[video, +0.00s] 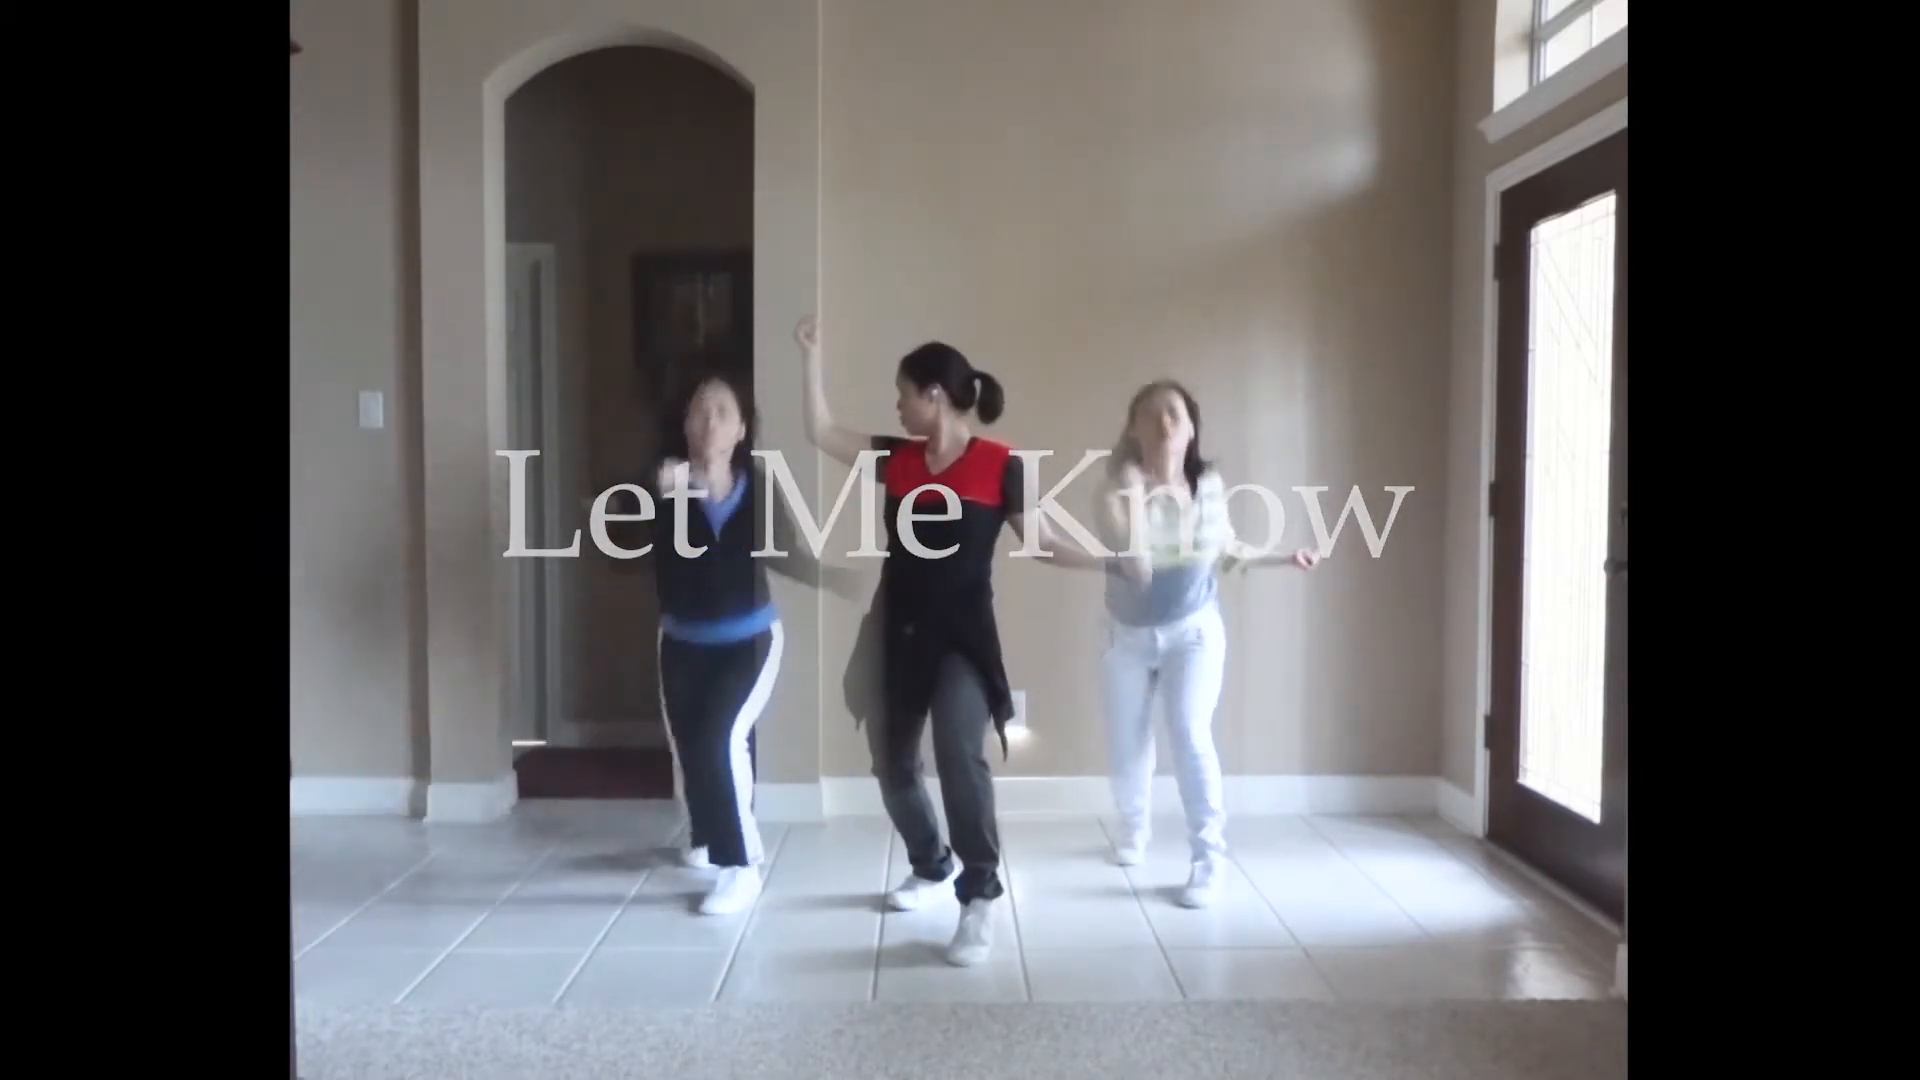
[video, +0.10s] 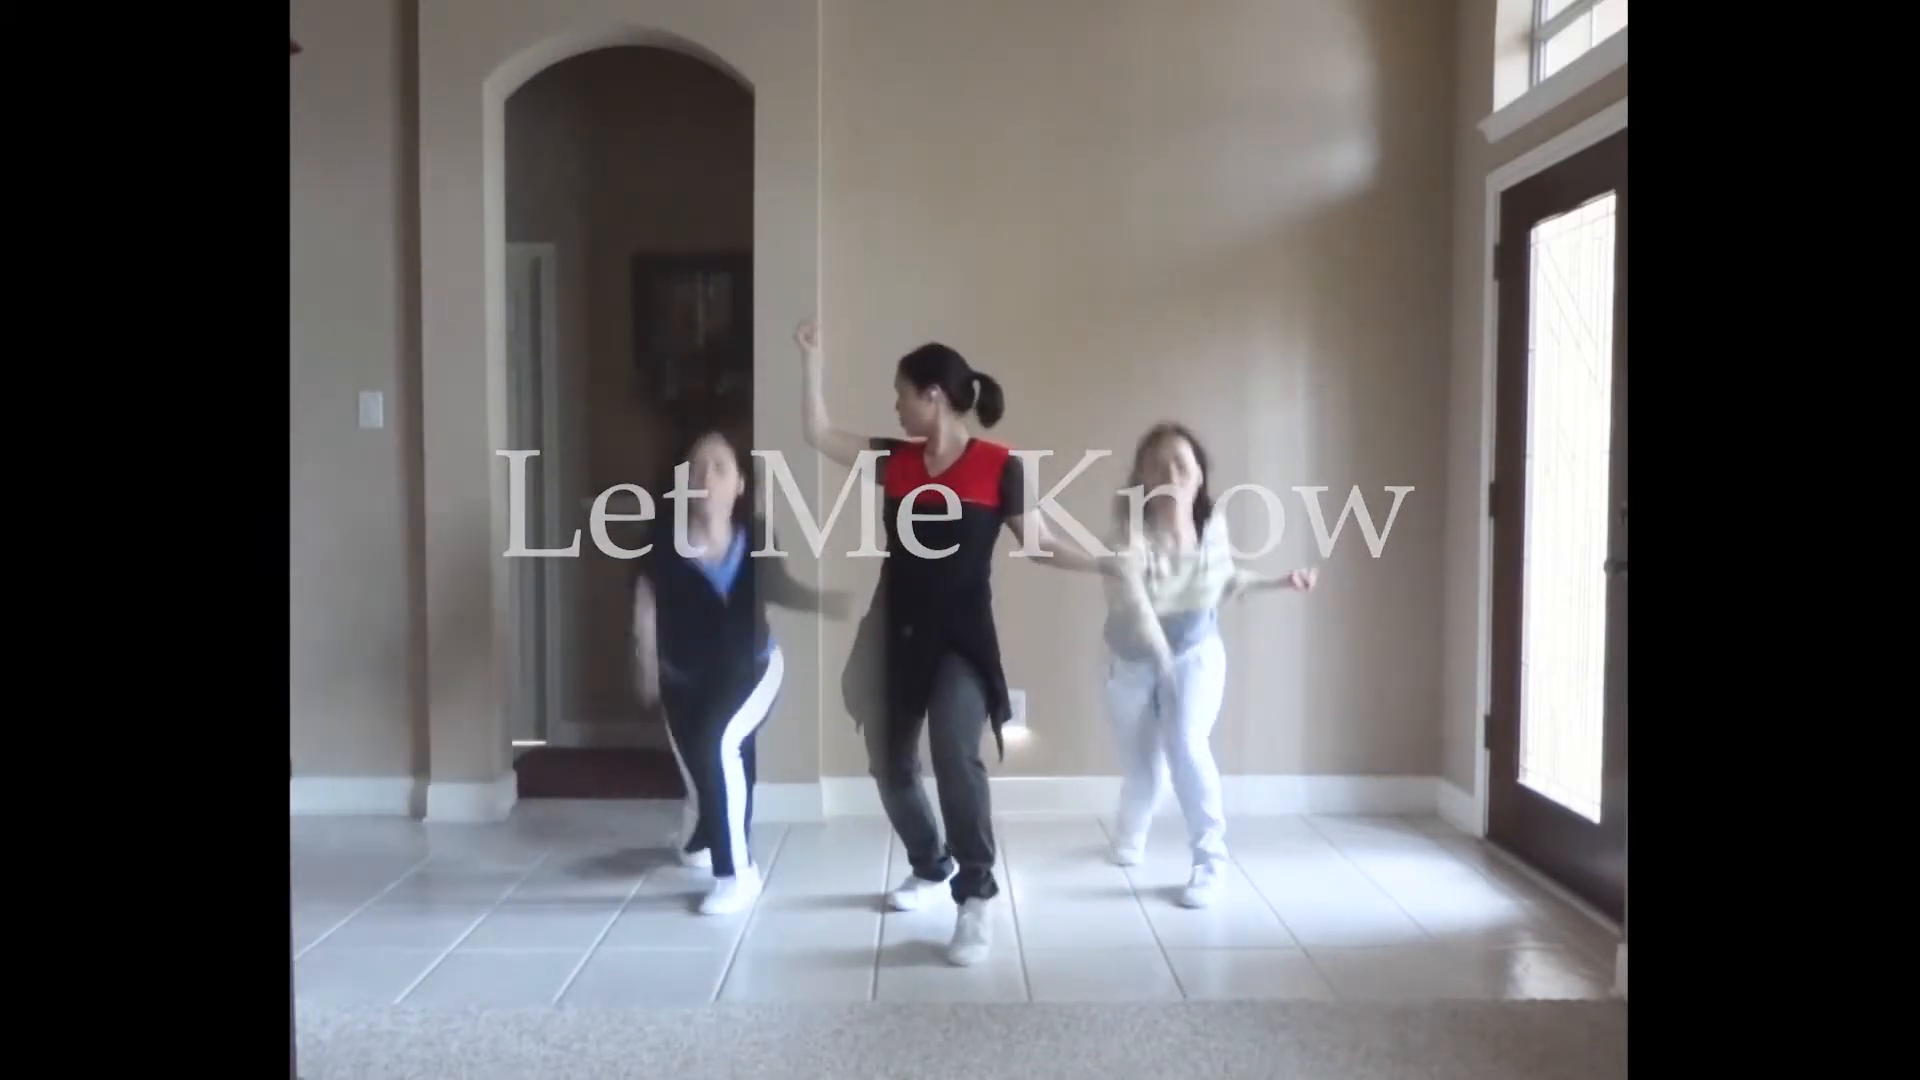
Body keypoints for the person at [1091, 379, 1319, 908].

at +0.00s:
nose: (1164, 424)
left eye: (1174, 416)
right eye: (1152, 416)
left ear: (1191, 429)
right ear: (1134, 429)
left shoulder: (1207, 486)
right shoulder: (1117, 488)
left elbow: (1224, 556)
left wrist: (1284, 557)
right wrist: (1136, 493)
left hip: (1193, 632)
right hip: (1129, 637)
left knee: (1189, 734)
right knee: (1127, 748)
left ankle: (1207, 857)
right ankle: (1132, 832)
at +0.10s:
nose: (1171, 475)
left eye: (1182, 465)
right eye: (1159, 466)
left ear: (1199, 476)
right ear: (1142, 476)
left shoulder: (1211, 523)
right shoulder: (1127, 526)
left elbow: (1226, 584)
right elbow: (1128, 597)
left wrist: (1279, 582)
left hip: (1195, 648)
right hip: (1132, 651)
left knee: (1186, 744)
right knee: (1139, 763)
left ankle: (1208, 861)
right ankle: (1129, 843)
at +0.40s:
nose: (1199, 521)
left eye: (1209, 509)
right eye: (1189, 507)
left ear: (1220, 503)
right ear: (1164, 496)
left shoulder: (1213, 538)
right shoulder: (1124, 524)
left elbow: (1224, 578)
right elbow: (1126, 585)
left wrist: (1274, 592)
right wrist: (1153, 631)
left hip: (1184, 629)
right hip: (1123, 634)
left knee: (1182, 732)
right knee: (1142, 752)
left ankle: (1209, 859)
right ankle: (1127, 833)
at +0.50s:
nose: (1190, 503)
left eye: (1204, 495)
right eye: (1182, 487)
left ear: (1216, 493)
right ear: (1161, 471)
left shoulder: (1203, 526)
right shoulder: (1117, 504)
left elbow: (1220, 561)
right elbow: (1115, 561)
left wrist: (1266, 573)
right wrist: (1135, 594)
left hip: (1180, 624)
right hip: (1118, 630)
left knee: (1182, 732)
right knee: (1138, 748)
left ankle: (1207, 858)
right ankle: (1121, 824)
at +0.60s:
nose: (1188, 472)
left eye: (1201, 463)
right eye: (1179, 457)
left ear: (1213, 462)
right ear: (1158, 444)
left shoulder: (1202, 496)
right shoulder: (1113, 479)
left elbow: (1209, 543)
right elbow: (1101, 562)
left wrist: (1261, 534)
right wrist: (1131, 585)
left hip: (1180, 617)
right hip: (1119, 620)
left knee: (1192, 734)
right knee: (1127, 739)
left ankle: (1207, 858)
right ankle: (1120, 826)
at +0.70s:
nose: (1192, 434)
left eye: (1203, 424)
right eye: (1184, 419)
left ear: (1212, 428)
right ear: (1160, 412)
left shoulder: (1206, 474)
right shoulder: (1116, 461)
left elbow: (1224, 518)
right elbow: (1072, 520)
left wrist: (1275, 502)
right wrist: (1110, 577)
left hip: (1180, 612)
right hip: (1121, 614)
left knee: (1196, 730)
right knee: (1120, 731)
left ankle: (1193, 848)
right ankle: (1119, 829)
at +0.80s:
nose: (1186, 402)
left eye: (1198, 393)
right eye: (1177, 388)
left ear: (1209, 400)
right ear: (1153, 385)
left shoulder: (1215, 455)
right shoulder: (1116, 449)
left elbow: (1270, 486)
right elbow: (1073, 512)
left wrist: (1321, 485)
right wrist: (1094, 577)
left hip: (1183, 611)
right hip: (1127, 611)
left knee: (1191, 728)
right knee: (1123, 728)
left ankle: (1168, 843)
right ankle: (1115, 824)